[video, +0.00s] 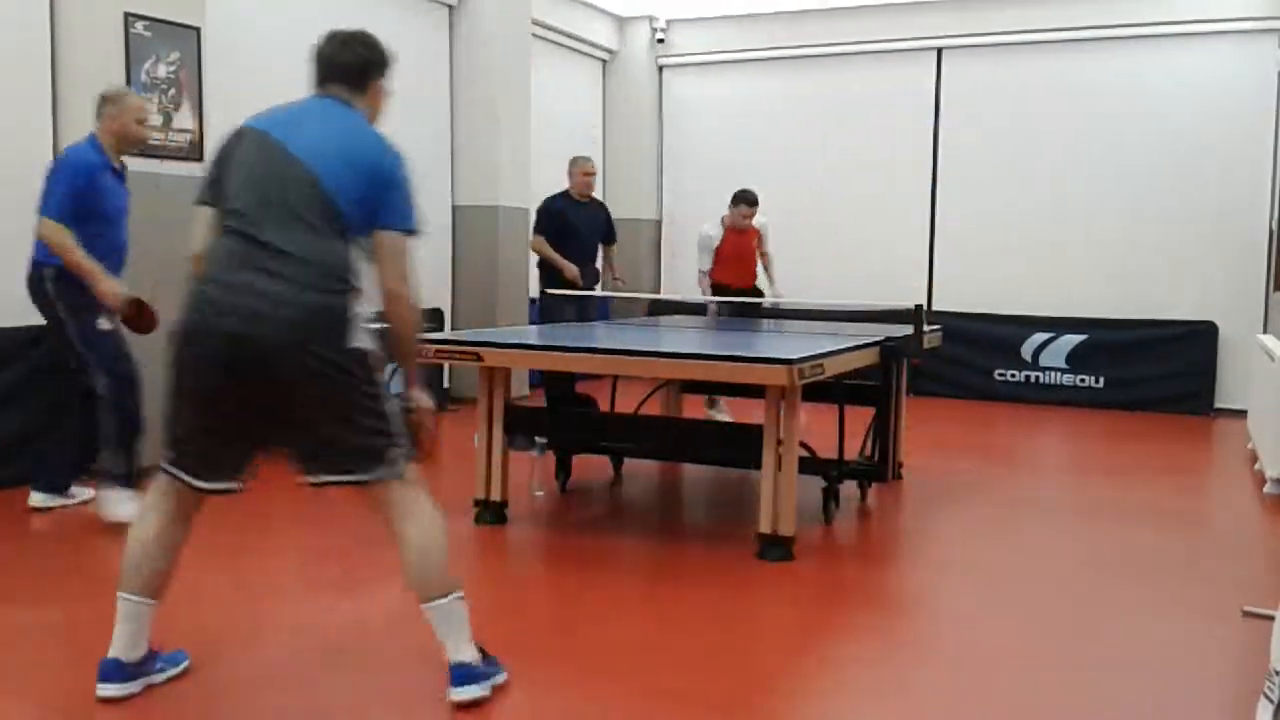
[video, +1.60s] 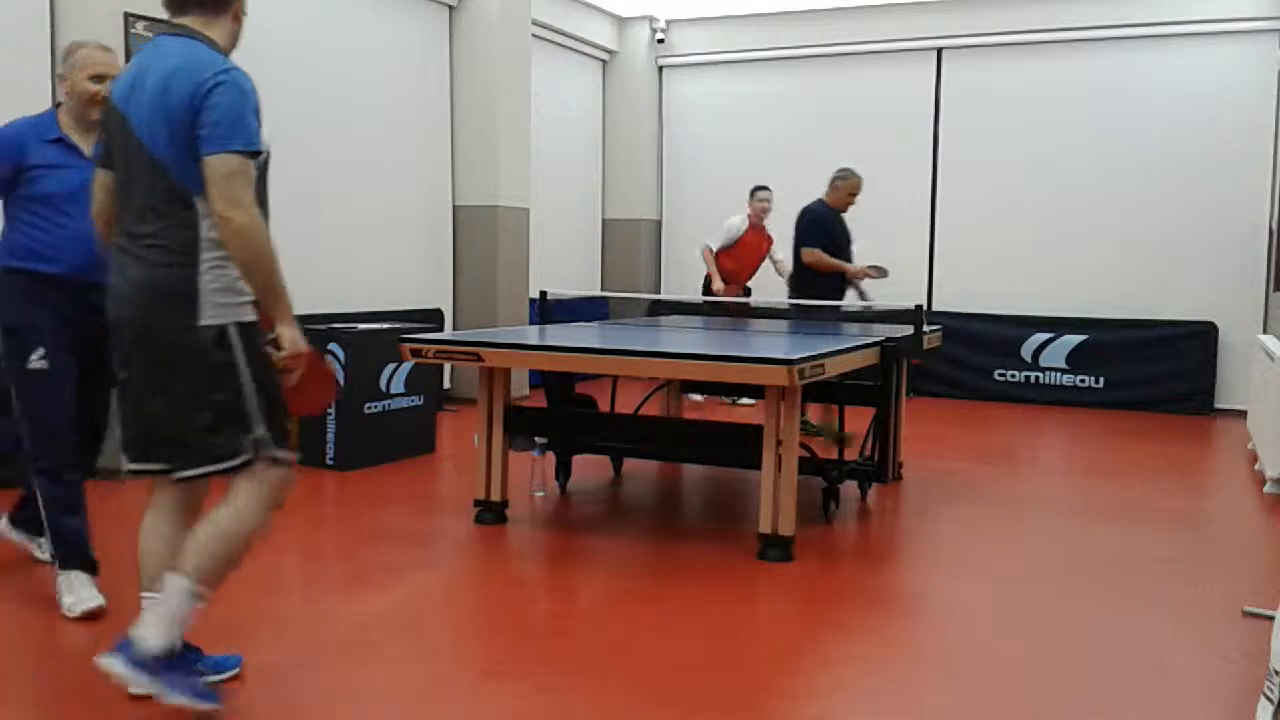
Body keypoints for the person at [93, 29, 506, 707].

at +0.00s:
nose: (385, 100)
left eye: (383, 89)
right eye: (385, 89)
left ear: (319, 79)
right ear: (373, 88)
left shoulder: (251, 131)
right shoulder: (378, 155)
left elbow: (203, 252)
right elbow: (396, 297)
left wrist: (225, 324)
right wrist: (417, 384)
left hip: (214, 331)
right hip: (312, 340)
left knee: (174, 487)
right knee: (400, 488)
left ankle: (124, 656)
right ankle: (464, 661)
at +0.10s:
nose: (341, 90)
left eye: (339, 79)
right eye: (341, 79)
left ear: (275, 65)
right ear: (329, 75)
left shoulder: (207, 114)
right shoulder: (332, 135)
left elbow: (153, 234)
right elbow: (345, 260)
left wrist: (158, 312)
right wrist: (363, 371)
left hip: (163, 316)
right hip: (258, 321)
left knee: (155, 481)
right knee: (340, 483)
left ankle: (122, 658)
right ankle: (378, 674)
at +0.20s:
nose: (300, 62)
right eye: (300, 51)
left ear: (232, 41)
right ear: (291, 49)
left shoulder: (166, 97)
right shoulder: (295, 114)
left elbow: (102, 215)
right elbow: (309, 241)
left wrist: (99, 315)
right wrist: (326, 351)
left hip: (132, 311)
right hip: (222, 315)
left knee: (144, 479)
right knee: (277, 478)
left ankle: (122, 658)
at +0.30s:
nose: (260, 35)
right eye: (260, 26)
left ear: (192, 21)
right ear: (256, 28)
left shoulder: (135, 86)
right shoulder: (266, 99)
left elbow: (73, 203)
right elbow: (282, 227)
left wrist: (56, 301)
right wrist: (302, 340)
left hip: (104, 312)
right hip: (195, 316)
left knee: (120, 487)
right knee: (216, 484)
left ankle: (121, 659)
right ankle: (139, 687)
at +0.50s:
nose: (209, 14)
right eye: (208, 7)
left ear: (130, 8)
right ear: (197, 7)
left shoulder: (88, 74)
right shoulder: (210, 79)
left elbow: (49, 204)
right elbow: (246, 218)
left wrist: (33, 307)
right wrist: (281, 315)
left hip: (70, 302)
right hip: (143, 311)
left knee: (102, 490)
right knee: (95, 500)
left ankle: (121, 657)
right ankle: (29, 699)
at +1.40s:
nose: (210, 19)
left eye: (205, 13)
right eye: (209, 12)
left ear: (134, 7)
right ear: (197, 9)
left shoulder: (92, 76)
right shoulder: (191, 82)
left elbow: (56, 202)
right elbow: (199, 216)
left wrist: (49, 294)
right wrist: (231, 329)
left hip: (108, 311)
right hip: (159, 319)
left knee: (178, 479)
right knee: (150, 499)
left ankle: (162, 653)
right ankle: (38, 694)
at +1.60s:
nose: (244, 17)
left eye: (240, 11)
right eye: (244, 10)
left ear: (169, 7)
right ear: (236, 9)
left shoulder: (132, 76)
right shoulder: (220, 81)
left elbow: (105, 212)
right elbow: (234, 214)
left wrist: (162, 265)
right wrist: (282, 317)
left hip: (141, 309)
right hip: (207, 309)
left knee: (178, 480)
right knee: (268, 470)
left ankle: (160, 650)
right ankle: (153, 642)